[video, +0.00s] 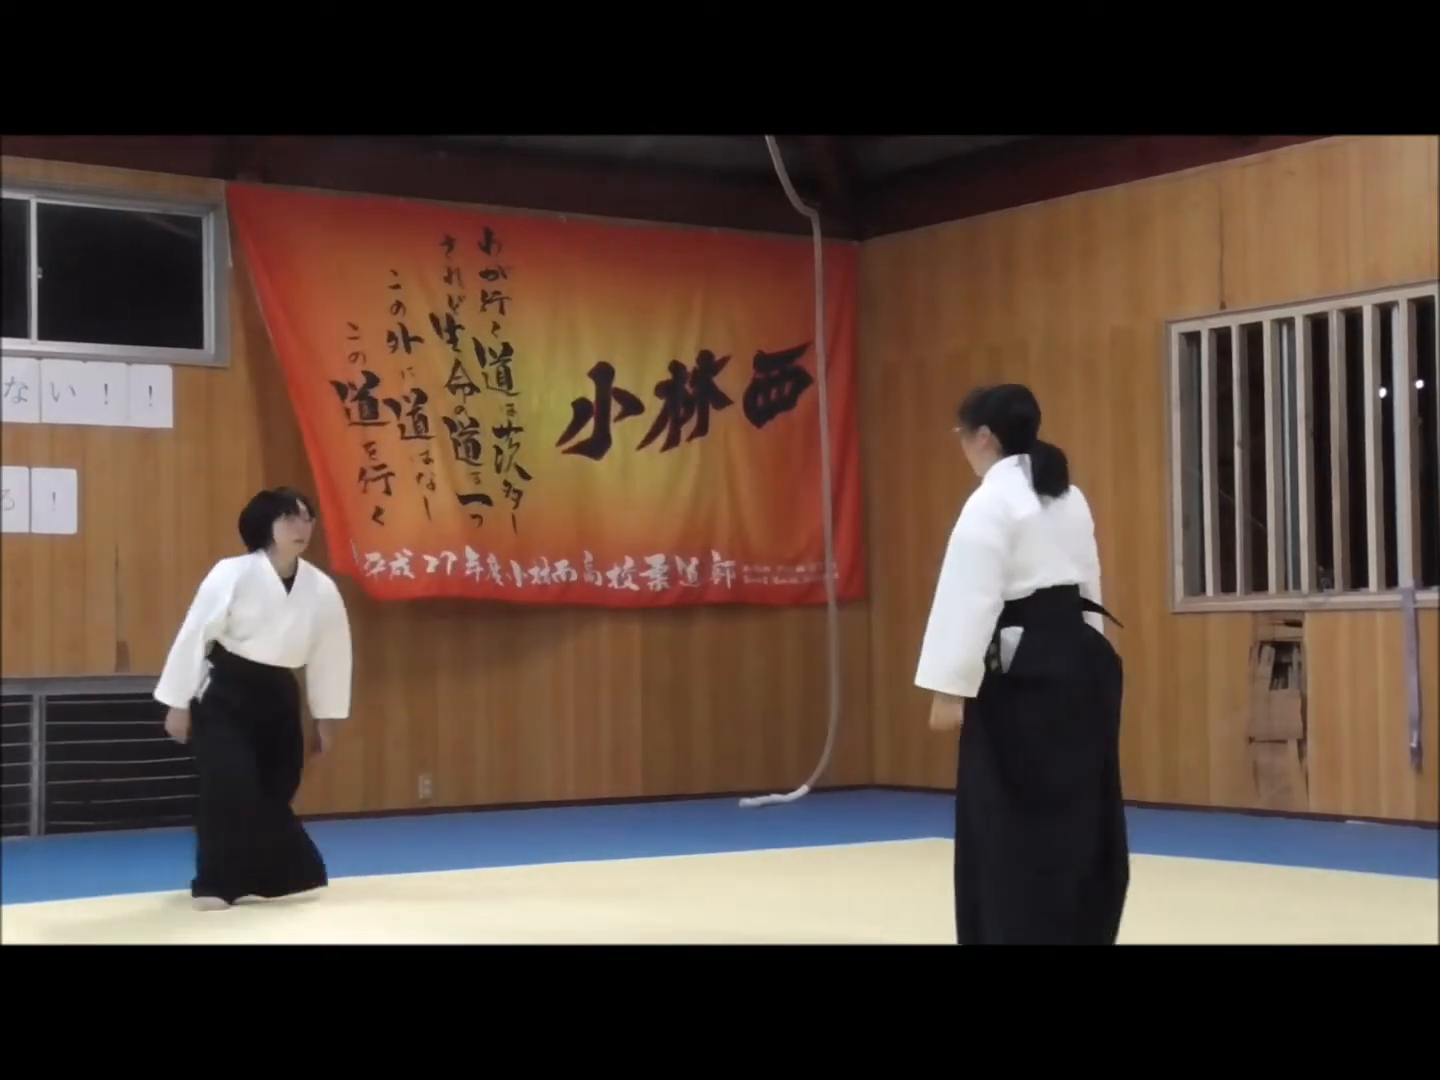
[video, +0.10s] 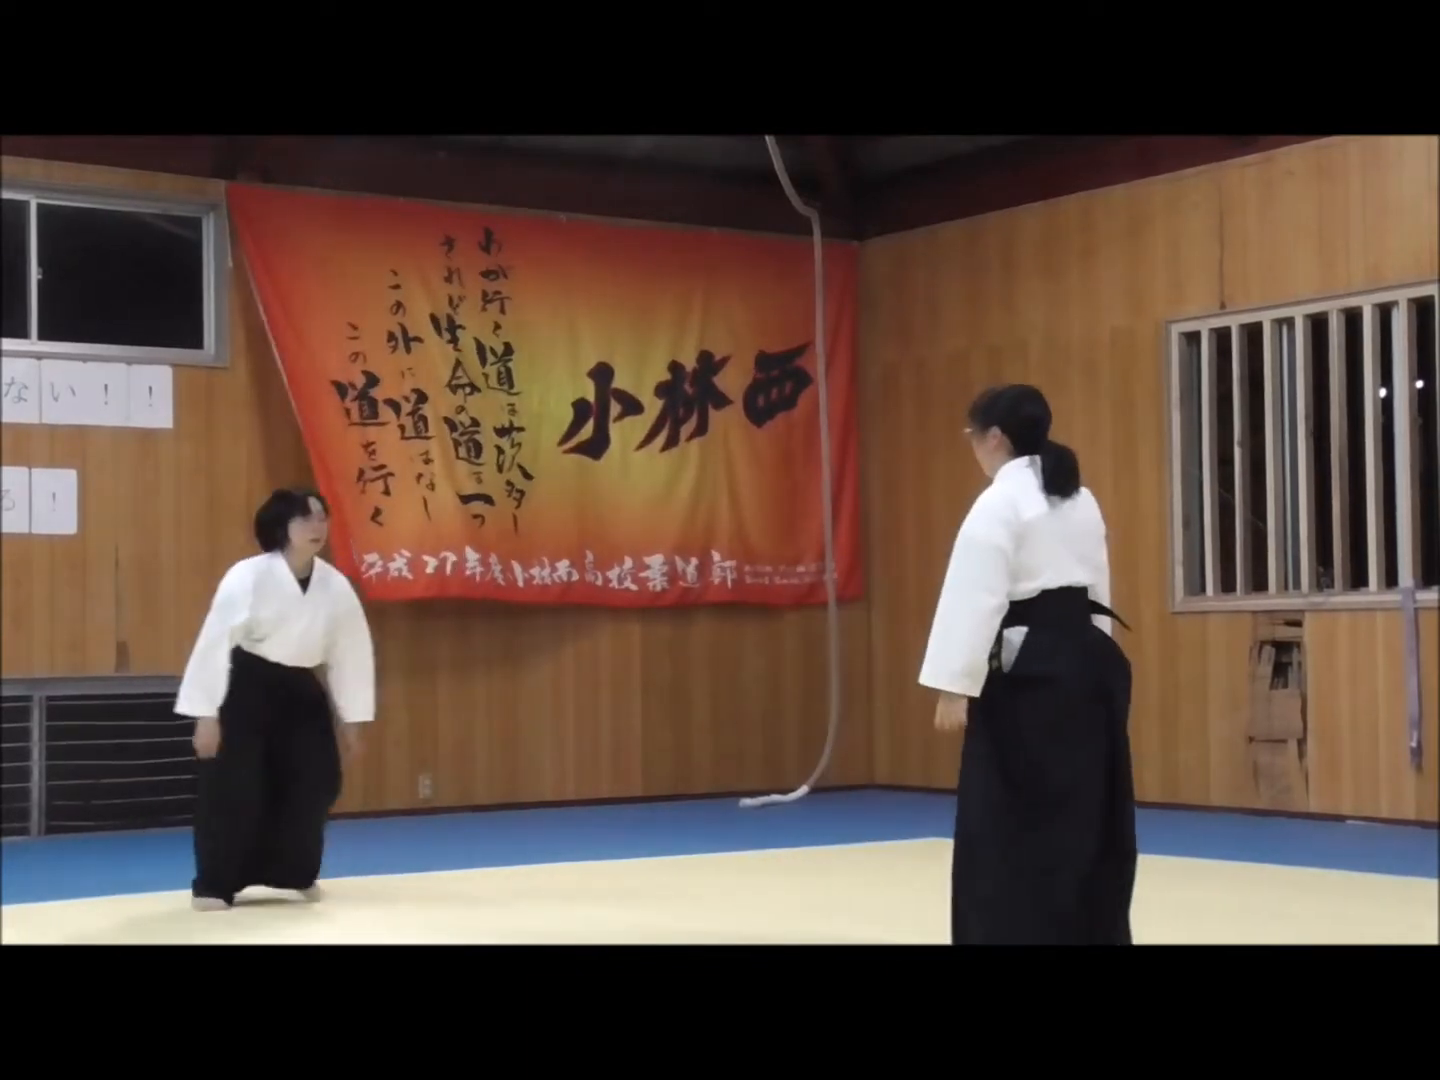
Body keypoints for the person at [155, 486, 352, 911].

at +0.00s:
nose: (303, 525)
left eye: (307, 517)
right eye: (291, 517)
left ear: (312, 526)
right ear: (268, 527)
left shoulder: (320, 588)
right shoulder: (233, 574)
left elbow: (327, 654)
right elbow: (194, 636)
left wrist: (322, 715)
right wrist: (178, 703)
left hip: (279, 692)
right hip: (227, 687)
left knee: (279, 781)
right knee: (229, 781)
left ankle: (253, 873)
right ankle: (211, 884)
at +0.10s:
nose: (318, 526)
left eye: (322, 517)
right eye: (307, 518)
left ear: (328, 525)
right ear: (284, 528)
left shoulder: (336, 587)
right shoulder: (248, 577)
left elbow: (350, 654)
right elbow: (214, 644)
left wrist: (350, 719)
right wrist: (207, 714)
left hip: (303, 689)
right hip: (248, 684)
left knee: (316, 777)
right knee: (235, 780)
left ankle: (297, 871)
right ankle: (214, 885)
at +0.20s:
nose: (345, 517)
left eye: (349, 508)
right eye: (333, 509)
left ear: (355, 516)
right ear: (310, 518)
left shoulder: (360, 578)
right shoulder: (277, 568)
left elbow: (383, 639)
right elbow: (246, 634)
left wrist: (393, 701)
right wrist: (246, 701)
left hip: (330, 684)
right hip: (276, 680)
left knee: (358, 777)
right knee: (245, 780)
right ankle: (208, 881)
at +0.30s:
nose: (380, 504)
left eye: (382, 495)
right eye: (368, 495)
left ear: (385, 503)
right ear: (345, 505)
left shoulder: (399, 566)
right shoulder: (314, 557)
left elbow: (424, 624)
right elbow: (283, 621)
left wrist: (443, 676)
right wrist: (277, 687)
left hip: (368, 678)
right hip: (313, 675)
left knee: (393, 776)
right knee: (279, 776)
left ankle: (392, 891)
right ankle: (224, 866)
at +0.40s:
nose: (420, 485)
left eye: (420, 477)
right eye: (409, 478)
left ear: (418, 486)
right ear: (382, 488)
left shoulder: (440, 553)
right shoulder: (349, 542)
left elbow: (471, 600)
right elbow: (316, 609)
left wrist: (501, 641)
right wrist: (298, 678)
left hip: (403, 669)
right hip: (347, 664)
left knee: (410, 781)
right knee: (347, 780)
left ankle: (403, 894)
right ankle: (291, 862)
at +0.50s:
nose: (449, 473)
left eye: (450, 465)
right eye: (437, 466)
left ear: (451, 474)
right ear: (411, 476)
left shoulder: (472, 535)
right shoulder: (375, 532)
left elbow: (510, 573)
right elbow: (339, 596)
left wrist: (550, 602)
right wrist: (321, 655)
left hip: (437, 657)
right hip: (386, 656)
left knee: (438, 768)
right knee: (396, 767)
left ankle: (396, 881)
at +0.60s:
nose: (484, 474)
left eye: (487, 466)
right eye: (472, 466)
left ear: (489, 475)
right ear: (444, 476)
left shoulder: (505, 535)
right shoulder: (408, 534)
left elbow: (546, 566)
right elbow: (365, 593)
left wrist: (596, 571)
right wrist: (340, 649)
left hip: (476, 661)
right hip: (424, 660)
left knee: (448, 771)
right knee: (448, 772)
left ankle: (398, 868)